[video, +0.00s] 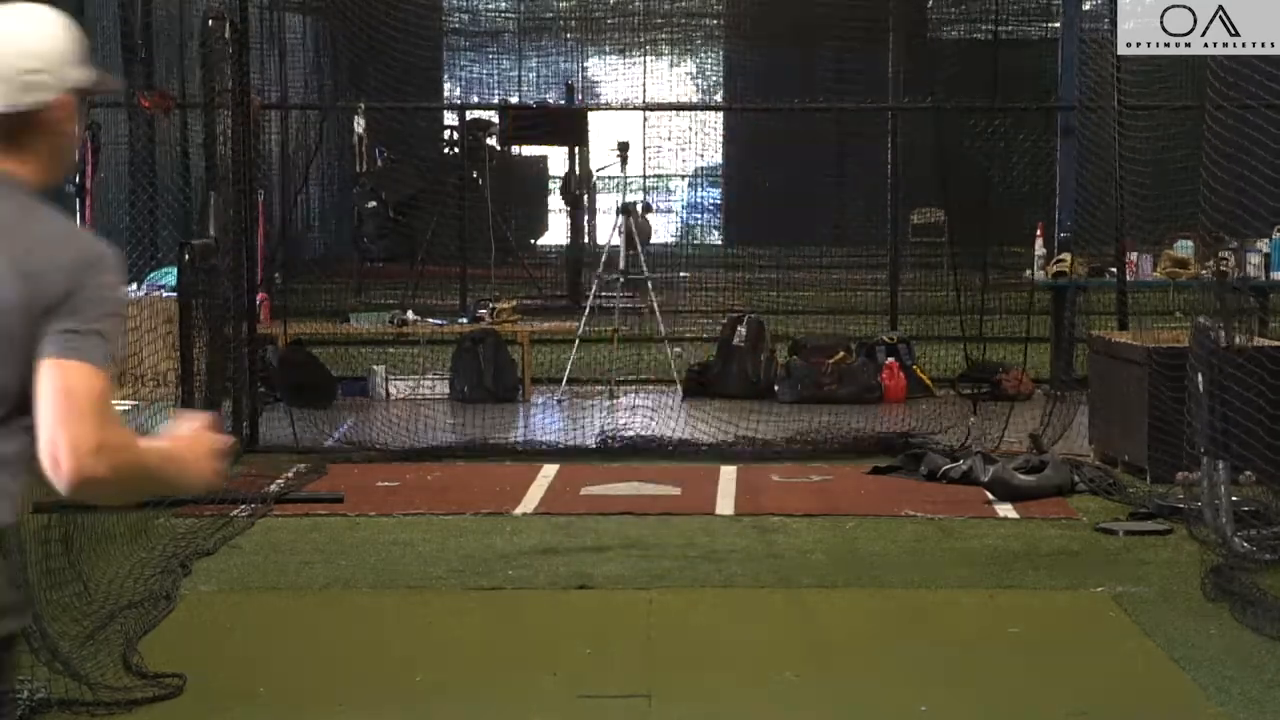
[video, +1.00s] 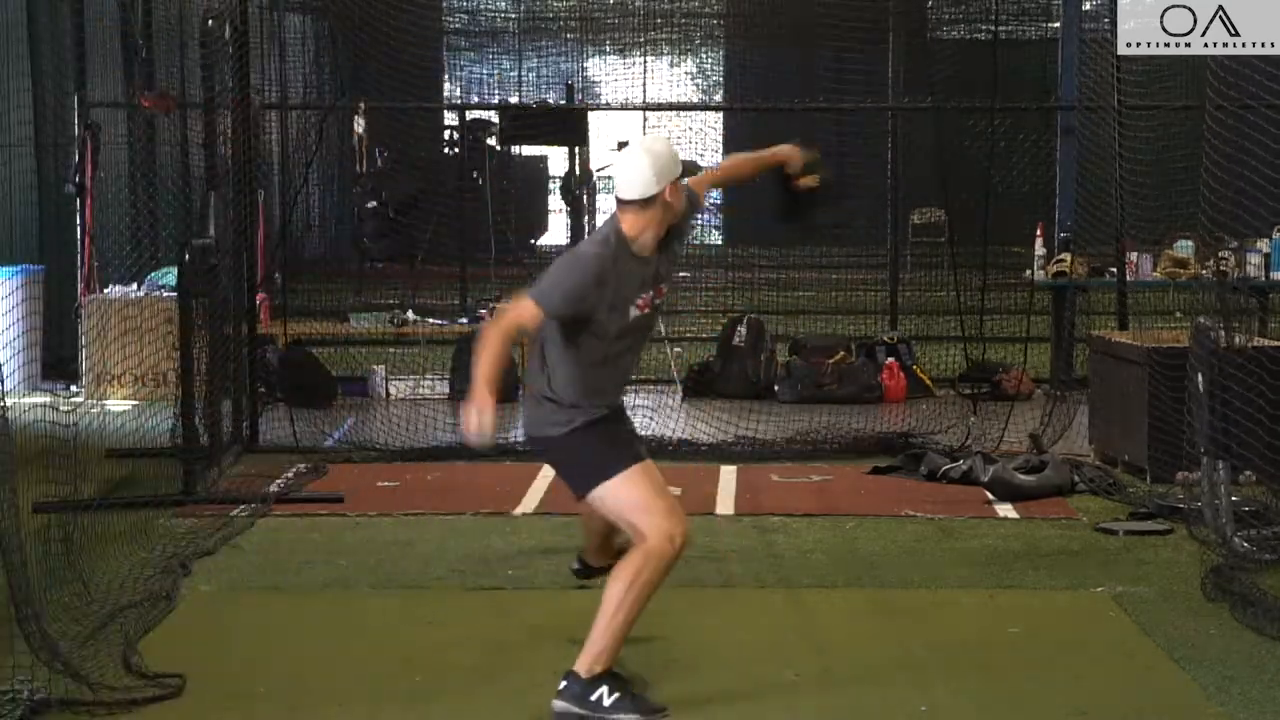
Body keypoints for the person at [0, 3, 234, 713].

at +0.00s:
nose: (81, 122)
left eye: (79, 102)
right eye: (78, 102)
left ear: (11, 110)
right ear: (54, 109)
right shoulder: (68, 258)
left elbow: (71, 455)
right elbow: (74, 458)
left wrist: (149, 453)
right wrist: (175, 459)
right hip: (5, 593)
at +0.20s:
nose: (398, 113)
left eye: (395, 96)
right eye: (392, 96)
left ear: (298, 109)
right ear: (367, 105)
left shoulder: (348, 225)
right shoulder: (275, 222)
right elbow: (194, 379)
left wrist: (445, 312)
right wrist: (362, 347)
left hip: (213, 531)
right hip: (286, 526)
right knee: (476, 682)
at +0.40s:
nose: (612, 191)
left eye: (607, 179)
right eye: (611, 181)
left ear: (526, 199)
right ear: (606, 191)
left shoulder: (560, 284)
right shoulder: (541, 298)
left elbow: (586, 392)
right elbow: (502, 438)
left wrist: (683, 335)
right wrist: (645, 417)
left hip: (536, 522)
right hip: (503, 548)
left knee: (679, 604)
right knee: (692, 683)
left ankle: (580, 711)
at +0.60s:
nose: (672, 155)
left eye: (667, 145)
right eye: (668, 145)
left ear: (596, 164)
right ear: (661, 158)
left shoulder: (642, 236)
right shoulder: (606, 263)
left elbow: (675, 278)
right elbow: (623, 394)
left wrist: (735, 228)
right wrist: (717, 328)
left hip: (647, 445)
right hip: (594, 460)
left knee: (755, 581)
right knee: (696, 599)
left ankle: (767, 716)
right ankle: (614, 715)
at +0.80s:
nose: (685, 140)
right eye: (685, 132)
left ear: (620, 137)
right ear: (682, 141)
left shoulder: (619, 187)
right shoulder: (635, 236)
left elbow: (678, 201)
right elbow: (622, 353)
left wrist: (740, 230)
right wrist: (712, 338)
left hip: (611, 382)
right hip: (567, 408)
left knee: (700, 499)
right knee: (670, 537)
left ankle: (707, 647)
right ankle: (594, 691)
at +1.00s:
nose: (687, 194)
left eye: (683, 186)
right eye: (681, 188)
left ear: (635, 192)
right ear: (665, 197)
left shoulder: (660, 228)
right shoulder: (589, 264)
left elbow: (716, 176)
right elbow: (504, 322)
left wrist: (784, 155)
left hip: (600, 405)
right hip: (565, 416)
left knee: (613, 494)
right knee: (664, 530)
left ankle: (595, 561)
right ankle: (586, 678)